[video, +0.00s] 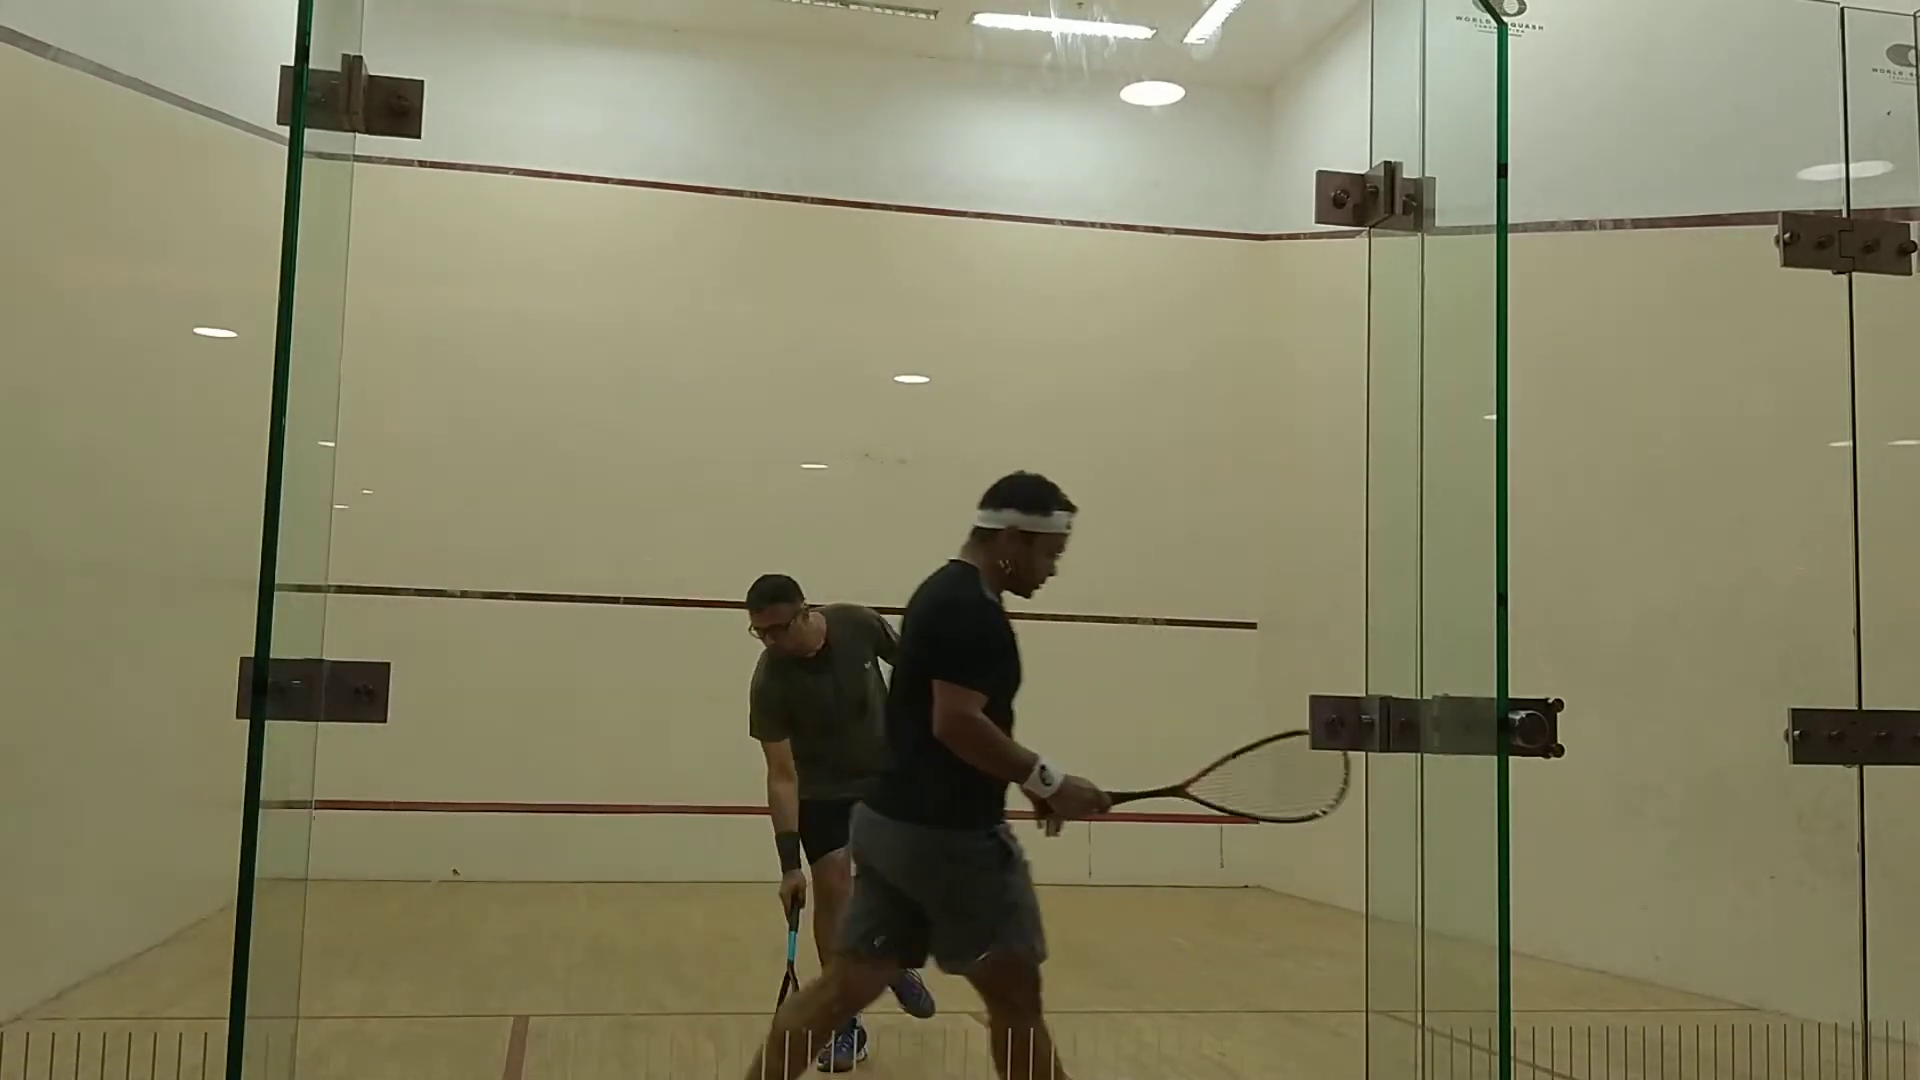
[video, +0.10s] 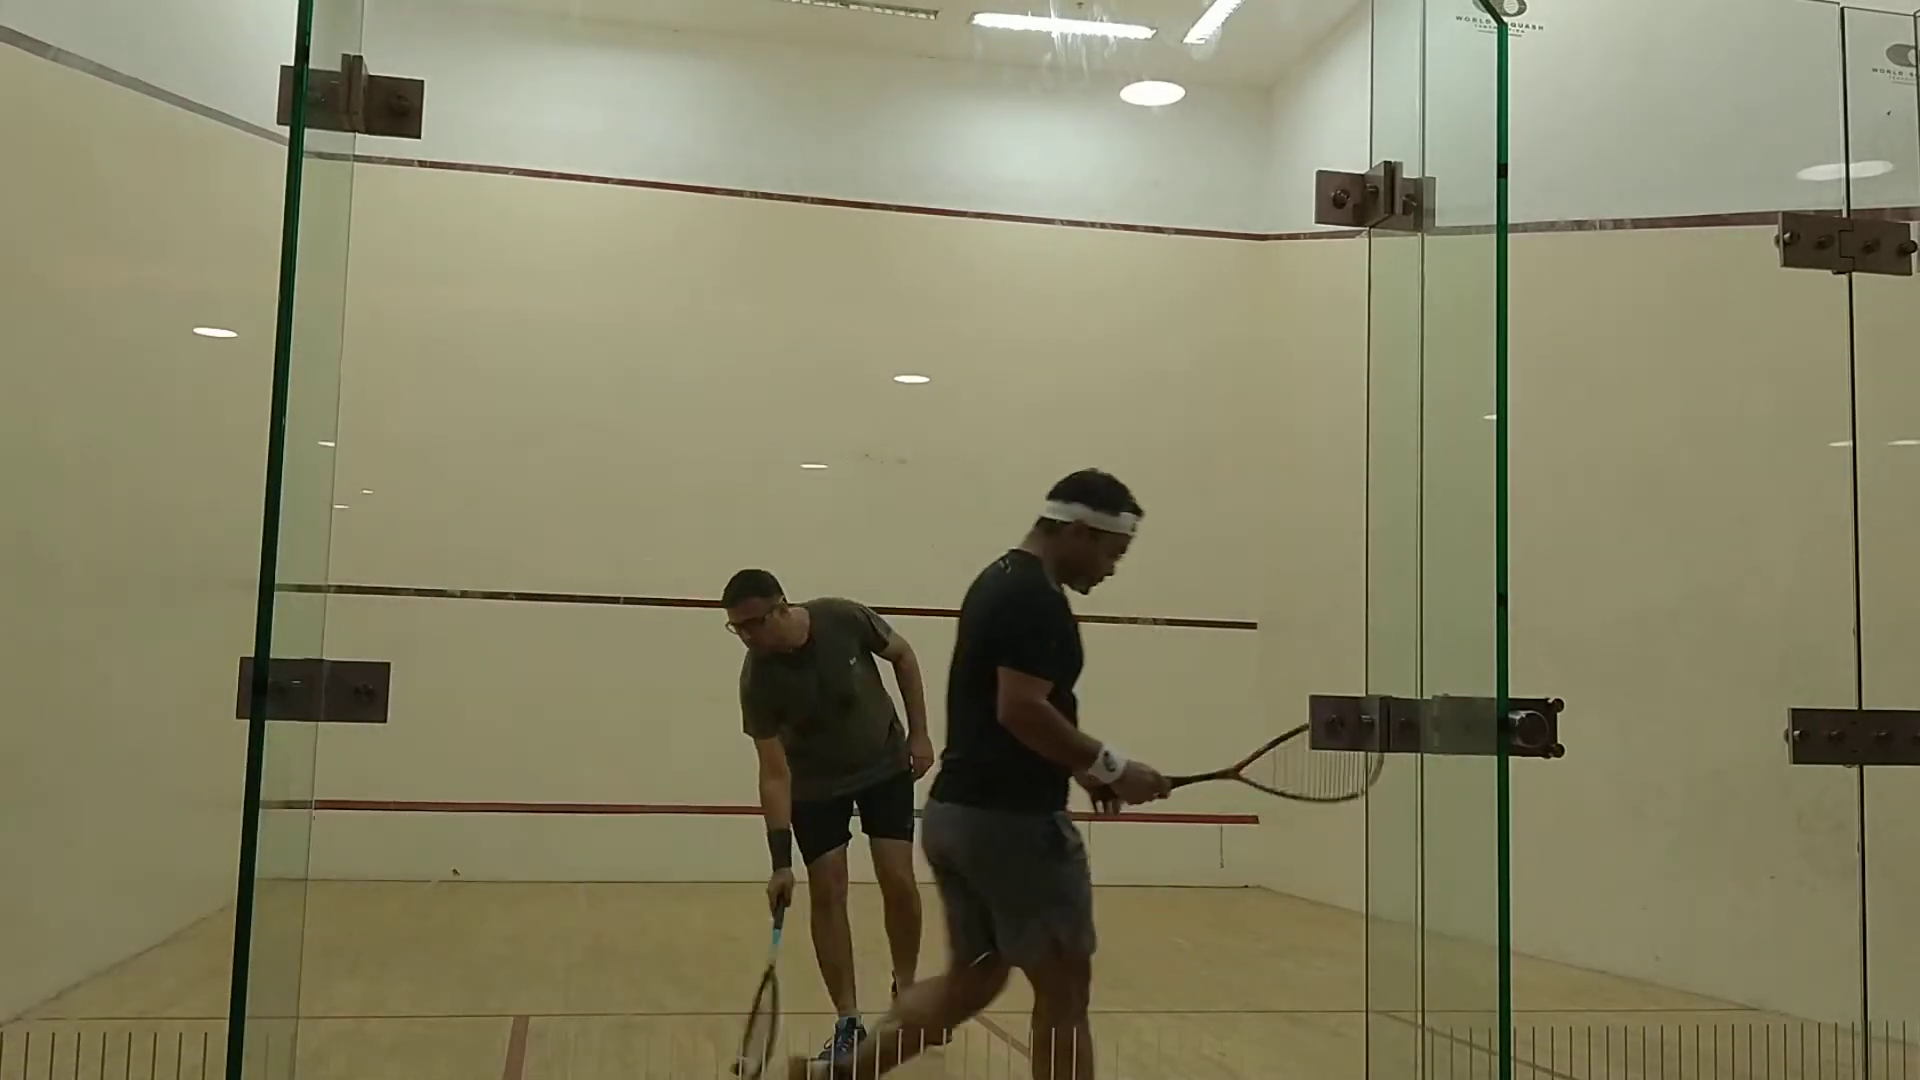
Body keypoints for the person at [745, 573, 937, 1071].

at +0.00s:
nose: (768, 641)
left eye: (776, 630)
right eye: (760, 633)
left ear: (803, 612)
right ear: (756, 627)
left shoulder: (857, 623)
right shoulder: (770, 685)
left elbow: (913, 668)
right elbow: (781, 776)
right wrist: (790, 866)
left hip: (883, 778)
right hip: (820, 793)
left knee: (898, 872)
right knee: (832, 889)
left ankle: (896, 961)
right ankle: (843, 1018)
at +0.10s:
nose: (744, 638)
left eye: (750, 626)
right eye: (737, 629)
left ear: (781, 610)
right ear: (736, 623)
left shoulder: (842, 618)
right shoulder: (758, 680)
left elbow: (902, 655)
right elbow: (773, 773)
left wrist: (920, 734)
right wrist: (780, 864)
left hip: (881, 764)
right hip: (815, 782)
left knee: (897, 879)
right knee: (827, 892)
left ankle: (906, 993)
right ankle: (848, 1020)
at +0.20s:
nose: (726, 611)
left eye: (732, 598)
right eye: (720, 602)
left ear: (763, 584)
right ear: (723, 600)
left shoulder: (832, 607)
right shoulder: (742, 663)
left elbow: (898, 648)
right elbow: (746, 751)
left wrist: (907, 730)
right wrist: (730, 835)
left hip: (867, 757)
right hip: (804, 776)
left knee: (867, 875)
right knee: (825, 886)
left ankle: (893, 1011)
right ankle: (848, 1022)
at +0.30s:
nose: (709, 569)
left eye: (718, 559)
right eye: (707, 560)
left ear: (754, 555)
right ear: (719, 563)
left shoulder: (823, 597)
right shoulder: (727, 634)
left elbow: (891, 647)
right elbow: (714, 720)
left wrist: (882, 727)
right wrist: (671, 794)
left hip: (849, 753)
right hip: (791, 771)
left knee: (828, 874)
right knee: (818, 888)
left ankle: (836, 1018)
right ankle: (848, 1019)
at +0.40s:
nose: (705, 547)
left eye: (716, 538)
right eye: (704, 538)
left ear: (752, 540)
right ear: (724, 544)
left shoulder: (807, 595)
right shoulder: (718, 617)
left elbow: (872, 658)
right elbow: (691, 701)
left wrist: (846, 731)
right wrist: (632, 764)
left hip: (825, 758)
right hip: (772, 770)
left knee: (789, 879)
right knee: (821, 889)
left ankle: (754, 1030)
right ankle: (858, 1019)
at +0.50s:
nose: (696, 538)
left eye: (707, 530)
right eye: (697, 529)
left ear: (743, 537)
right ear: (724, 539)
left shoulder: (791, 599)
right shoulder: (708, 611)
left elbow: (838, 677)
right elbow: (674, 694)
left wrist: (782, 742)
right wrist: (606, 756)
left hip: (793, 774)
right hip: (750, 776)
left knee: (750, 896)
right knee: (804, 892)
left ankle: (696, 1042)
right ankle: (860, 1016)